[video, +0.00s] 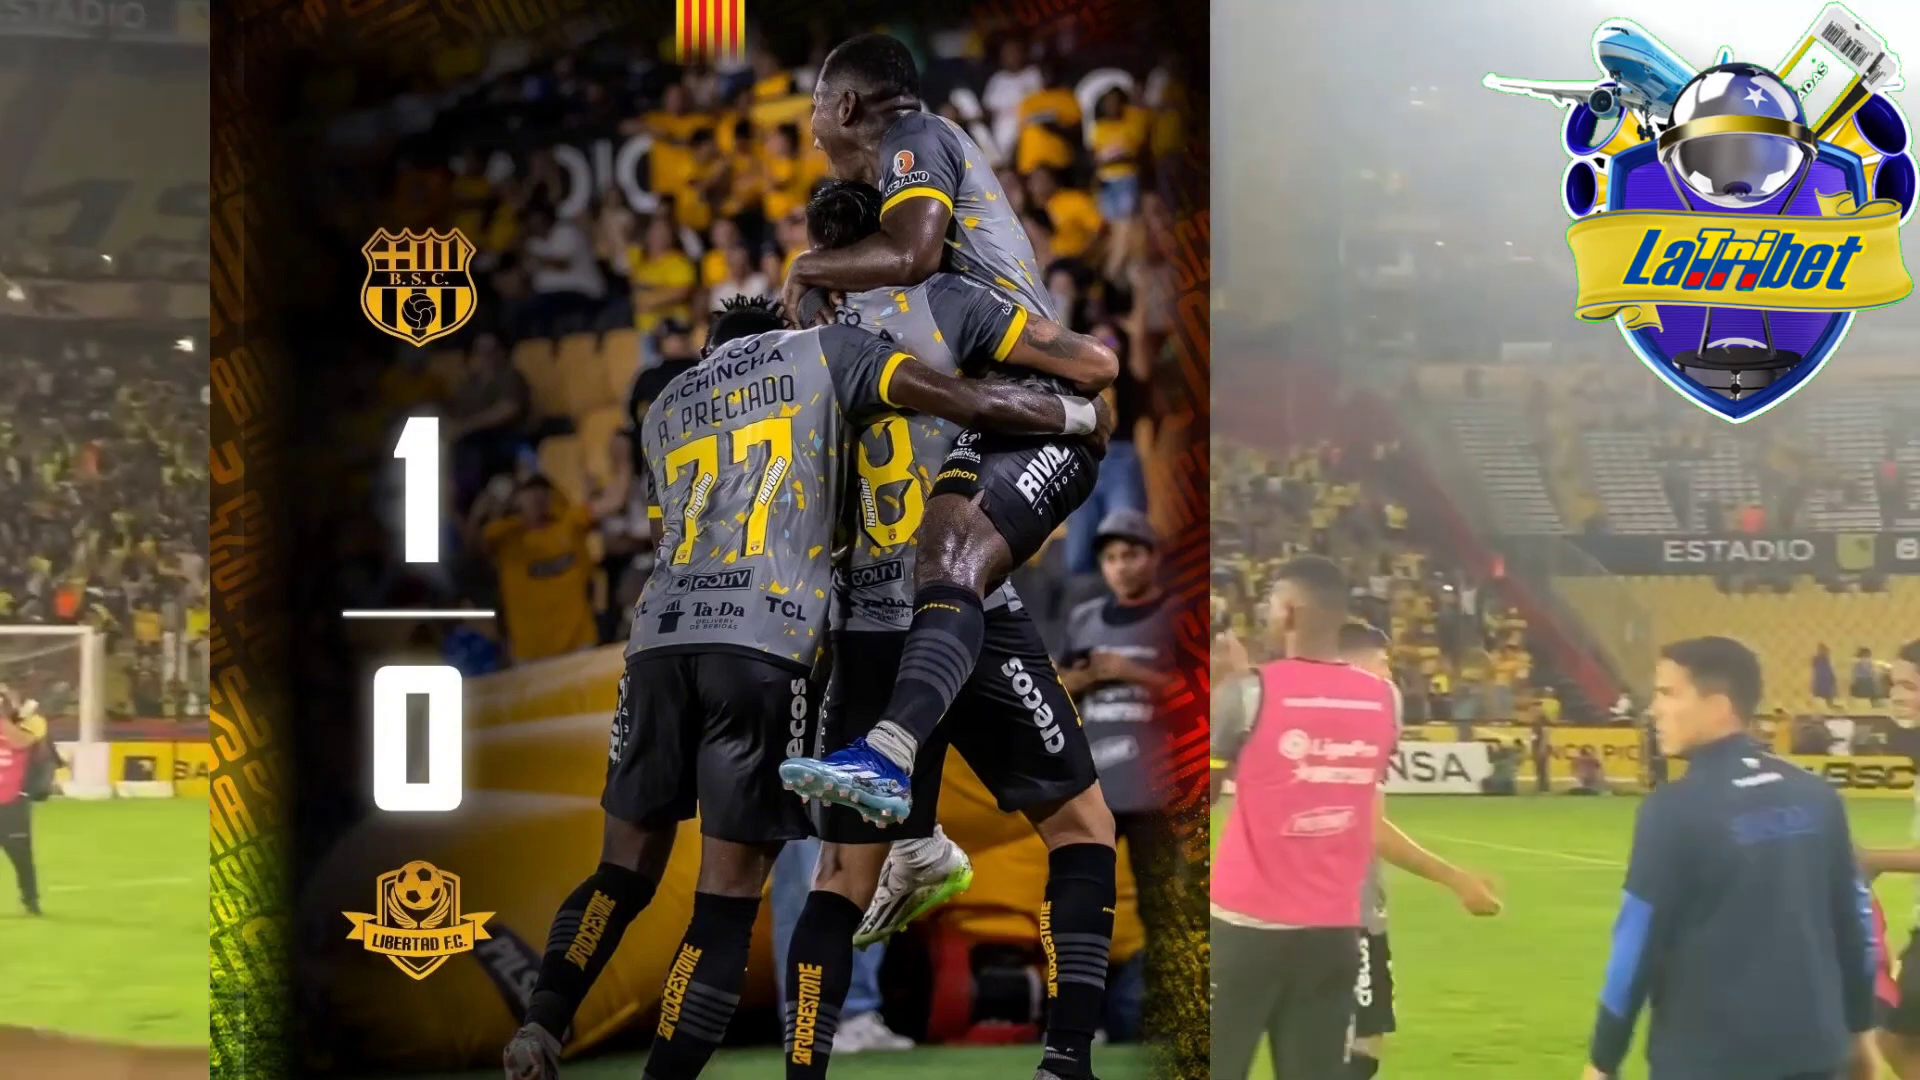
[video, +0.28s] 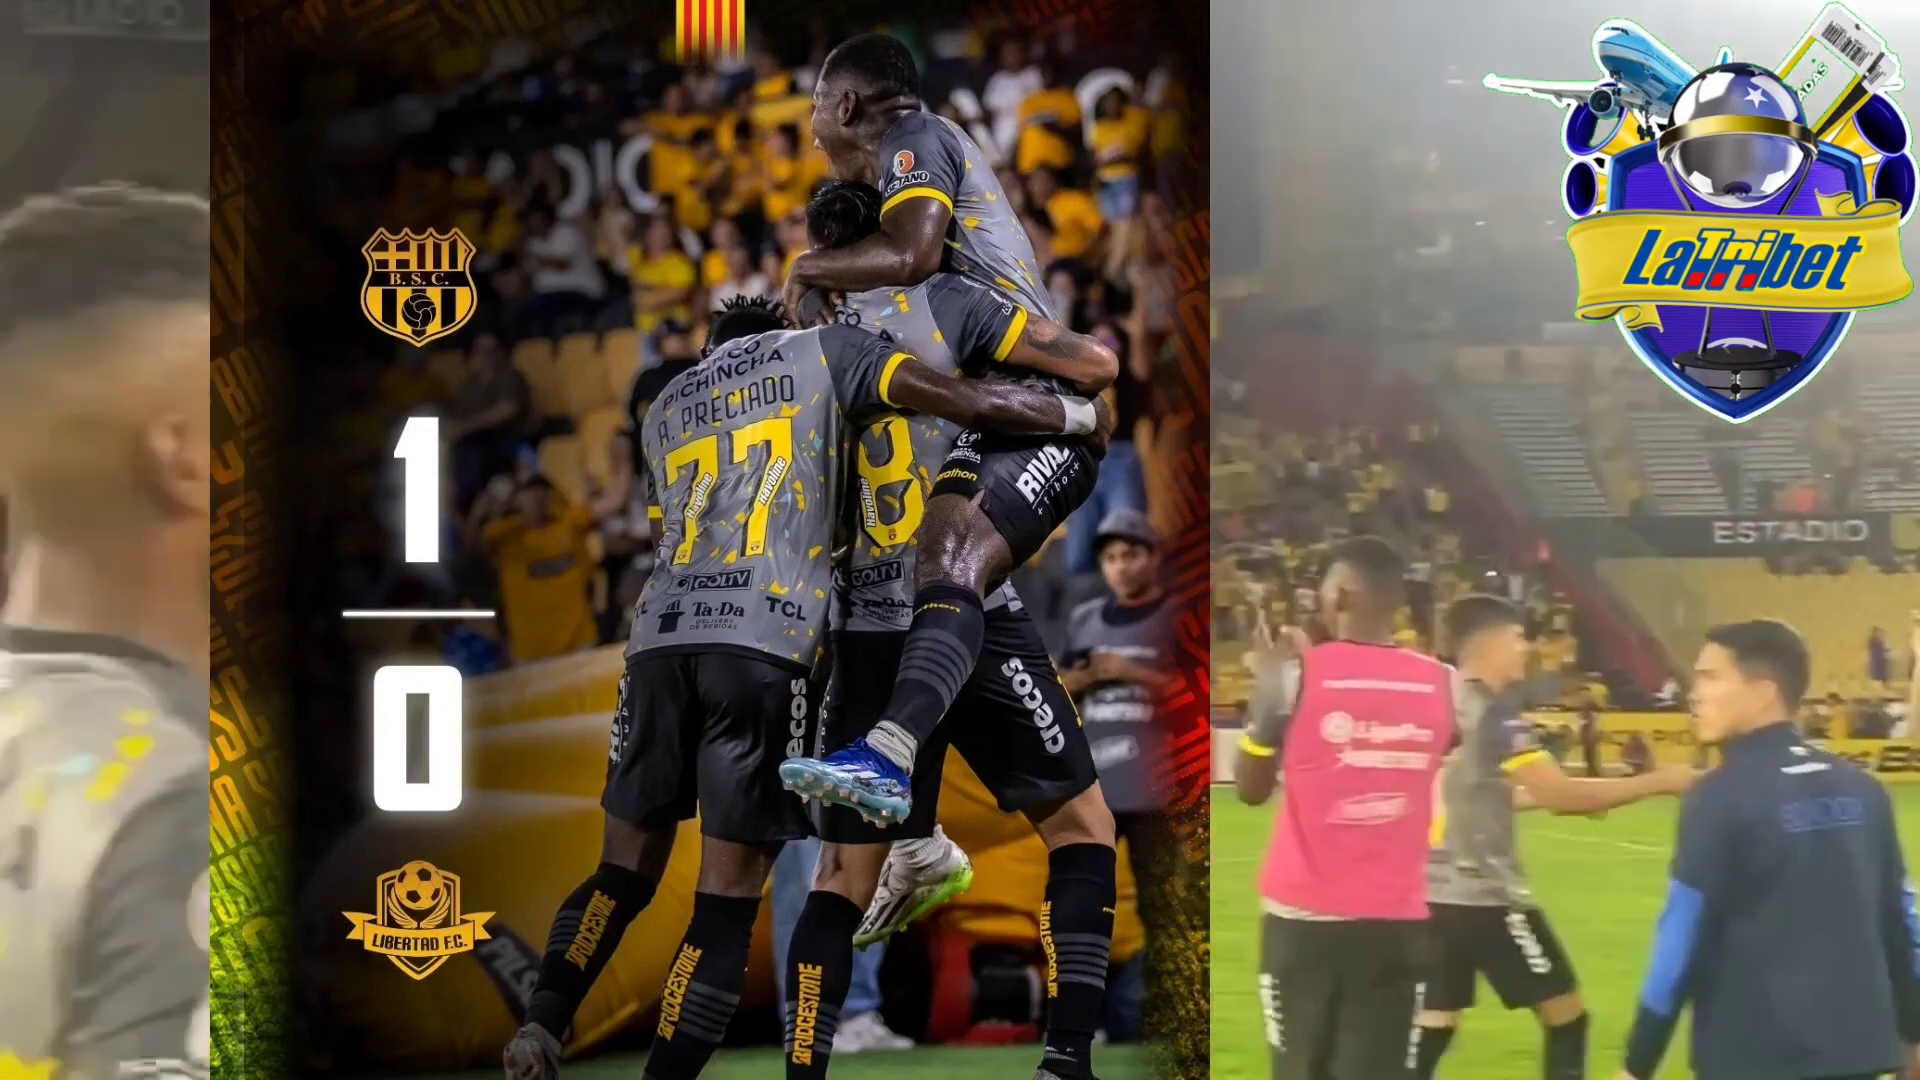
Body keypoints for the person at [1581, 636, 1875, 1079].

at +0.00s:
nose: (1653, 709)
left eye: (1668, 693)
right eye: (1657, 694)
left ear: (1720, 704)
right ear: (1722, 707)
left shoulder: (1674, 808)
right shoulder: (1819, 795)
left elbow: (1637, 944)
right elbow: (1855, 917)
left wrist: (1602, 1060)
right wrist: (1862, 1027)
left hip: (1708, 1056)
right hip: (1816, 1048)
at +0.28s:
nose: (1694, 693)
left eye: (1709, 676)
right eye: (1698, 677)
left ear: (1765, 690)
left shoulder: (1720, 797)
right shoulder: (1863, 788)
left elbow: (1680, 942)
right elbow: (1900, 923)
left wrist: (1636, 1063)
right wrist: (1911, 1034)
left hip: (1757, 1056)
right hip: (1862, 1047)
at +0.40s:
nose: (1762, 696)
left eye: (1780, 678)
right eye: (1767, 679)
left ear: (1837, 692)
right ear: (1840, 695)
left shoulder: (1795, 798)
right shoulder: (1907, 782)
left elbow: (1757, 941)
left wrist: (1712, 1062)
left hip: (1815, 1056)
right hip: (1904, 1051)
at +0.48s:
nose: (1846, 681)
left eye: (1865, 663)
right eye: (1850, 664)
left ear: (1914, 675)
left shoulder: (1883, 785)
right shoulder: (1889, 780)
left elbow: (1848, 946)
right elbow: (1849, 944)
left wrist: (1803, 1051)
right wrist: (1808, 1035)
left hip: (1891, 1053)